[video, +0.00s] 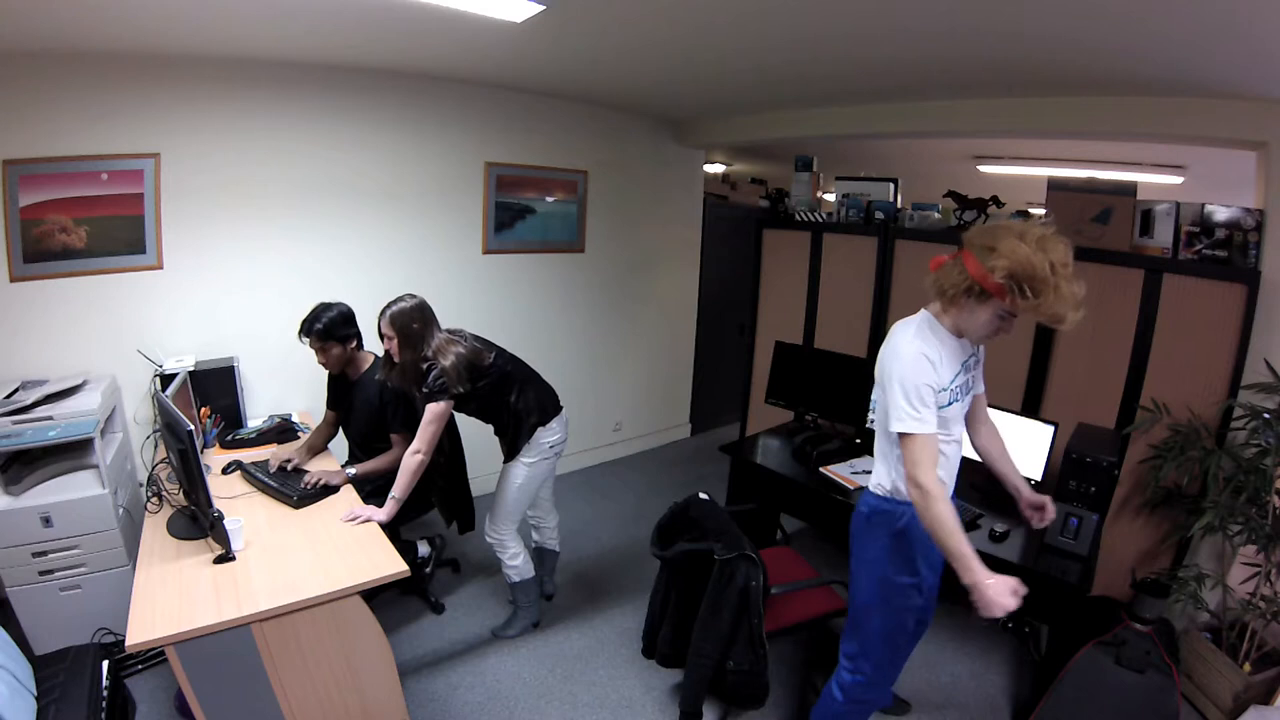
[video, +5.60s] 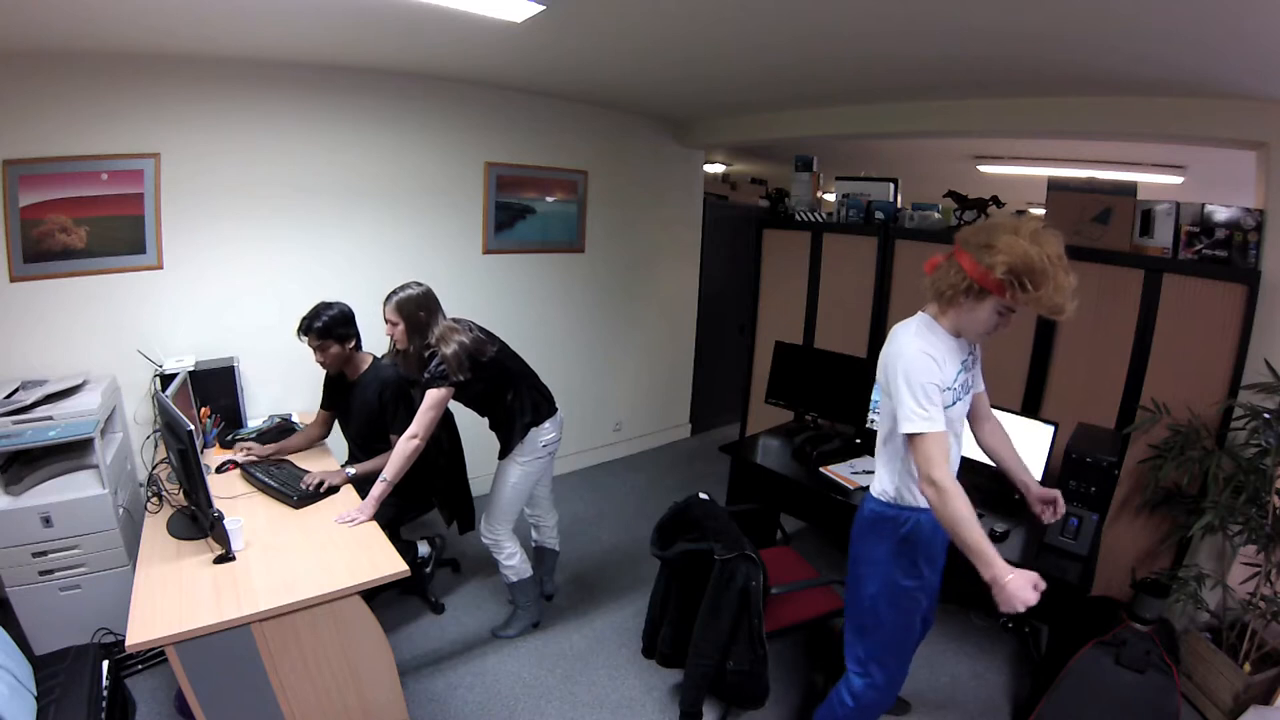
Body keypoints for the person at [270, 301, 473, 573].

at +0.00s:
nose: (319, 360)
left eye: (324, 351)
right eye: (315, 351)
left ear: (352, 344)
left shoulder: (388, 381)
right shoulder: (338, 374)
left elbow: (403, 450)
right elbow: (329, 424)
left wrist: (346, 474)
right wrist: (302, 452)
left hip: (402, 477)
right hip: (362, 474)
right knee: (318, 512)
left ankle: (419, 553)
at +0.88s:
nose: (319, 357)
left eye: (325, 348)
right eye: (316, 350)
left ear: (352, 343)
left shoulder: (390, 380)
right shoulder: (338, 375)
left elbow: (404, 451)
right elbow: (317, 423)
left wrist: (346, 473)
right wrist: (268, 449)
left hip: (403, 480)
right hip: (362, 475)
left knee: (341, 528)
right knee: (314, 513)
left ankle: (417, 552)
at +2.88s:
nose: (312, 356)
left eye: (317, 348)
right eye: (310, 348)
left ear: (344, 345)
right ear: (336, 347)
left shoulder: (389, 381)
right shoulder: (337, 378)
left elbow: (405, 448)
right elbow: (312, 428)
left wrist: (346, 473)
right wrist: (261, 452)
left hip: (413, 477)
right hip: (372, 470)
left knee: (352, 530)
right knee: (322, 513)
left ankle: (417, 554)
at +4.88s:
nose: (318, 356)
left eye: (323, 347)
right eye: (315, 348)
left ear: (351, 341)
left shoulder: (389, 380)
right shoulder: (337, 377)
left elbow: (404, 450)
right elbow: (312, 428)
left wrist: (346, 473)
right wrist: (258, 454)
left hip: (410, 477)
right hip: (368, 472)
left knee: (351, 534)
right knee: (320, 515)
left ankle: (418, 554)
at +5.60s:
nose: (317, 359)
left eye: (322, 350)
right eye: (313, 351)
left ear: (350, 343)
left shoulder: (388, 381)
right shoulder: (336, 375)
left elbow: (405, 450)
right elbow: (319, 428)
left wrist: (346, 473)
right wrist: (268, 450)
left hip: (409, 478)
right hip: (367, 471)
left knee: (349, 532)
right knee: (319, 512)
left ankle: (417, 554)